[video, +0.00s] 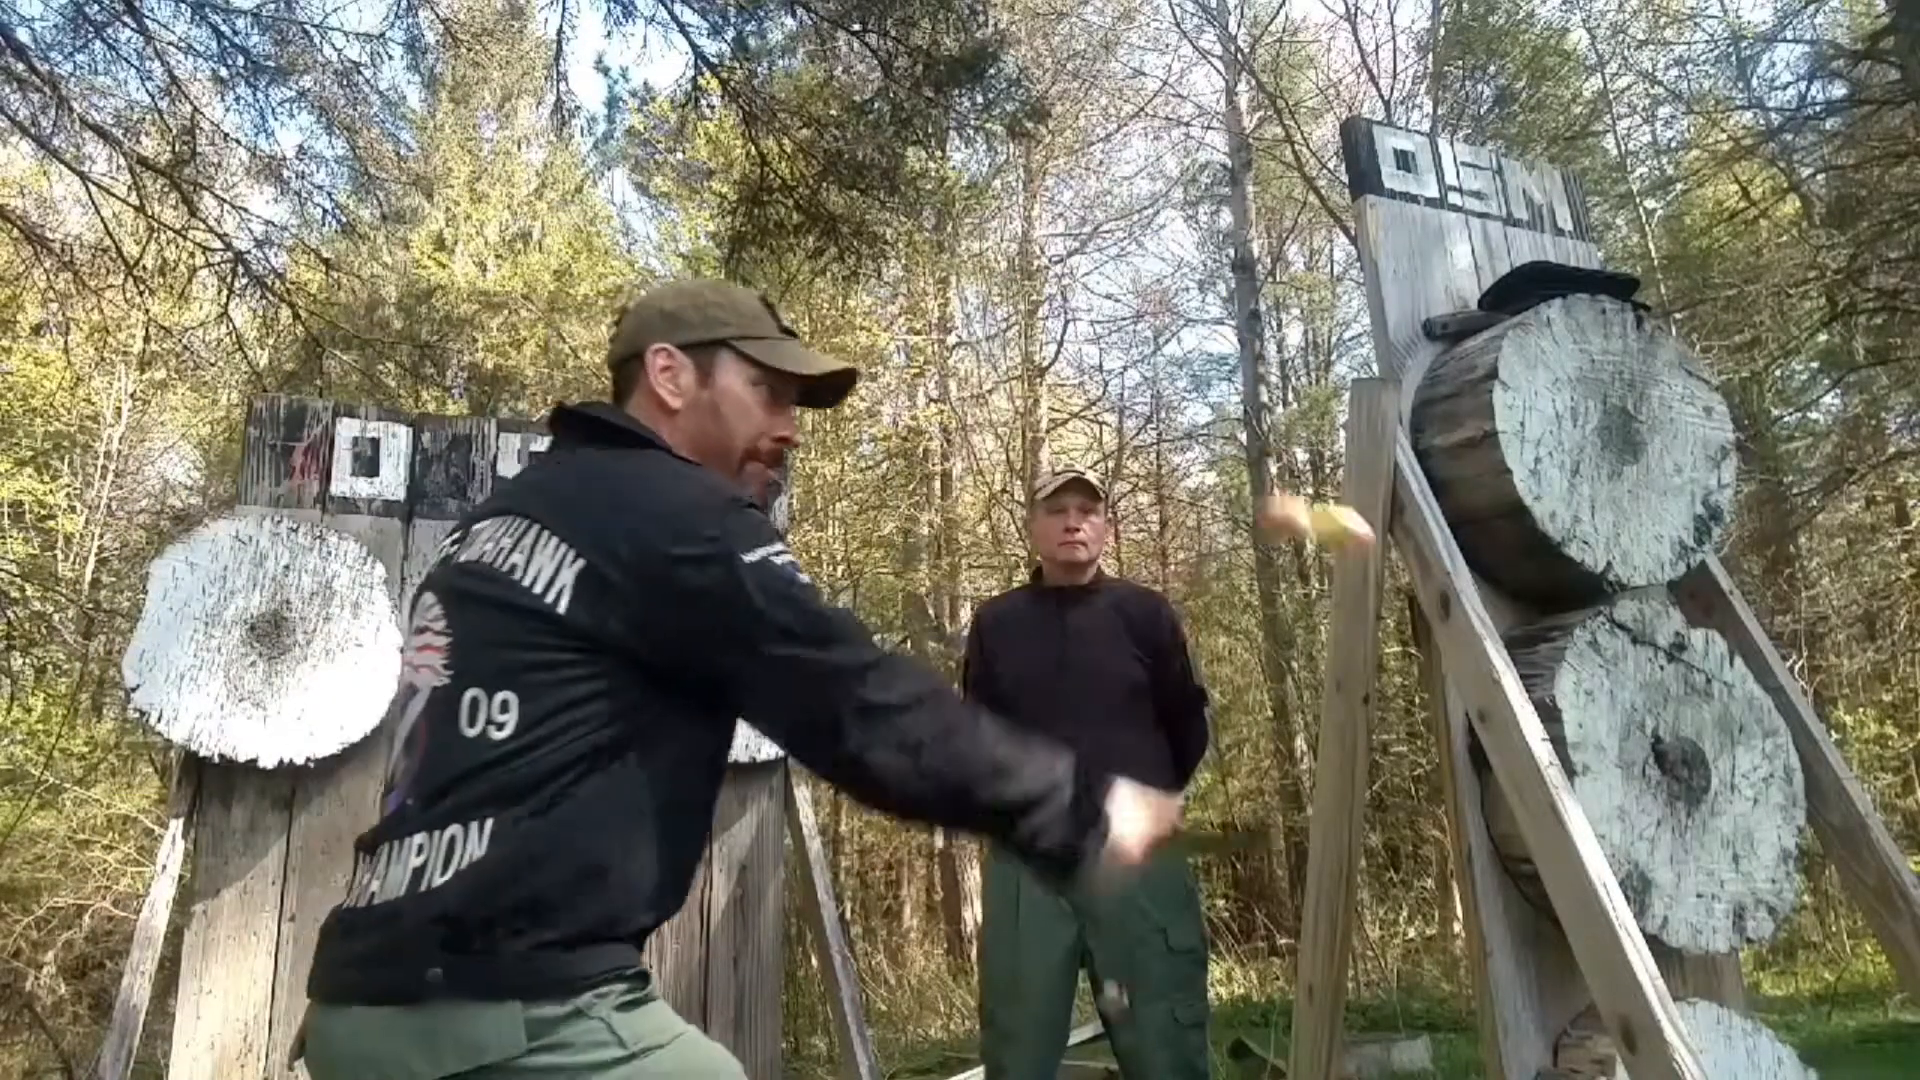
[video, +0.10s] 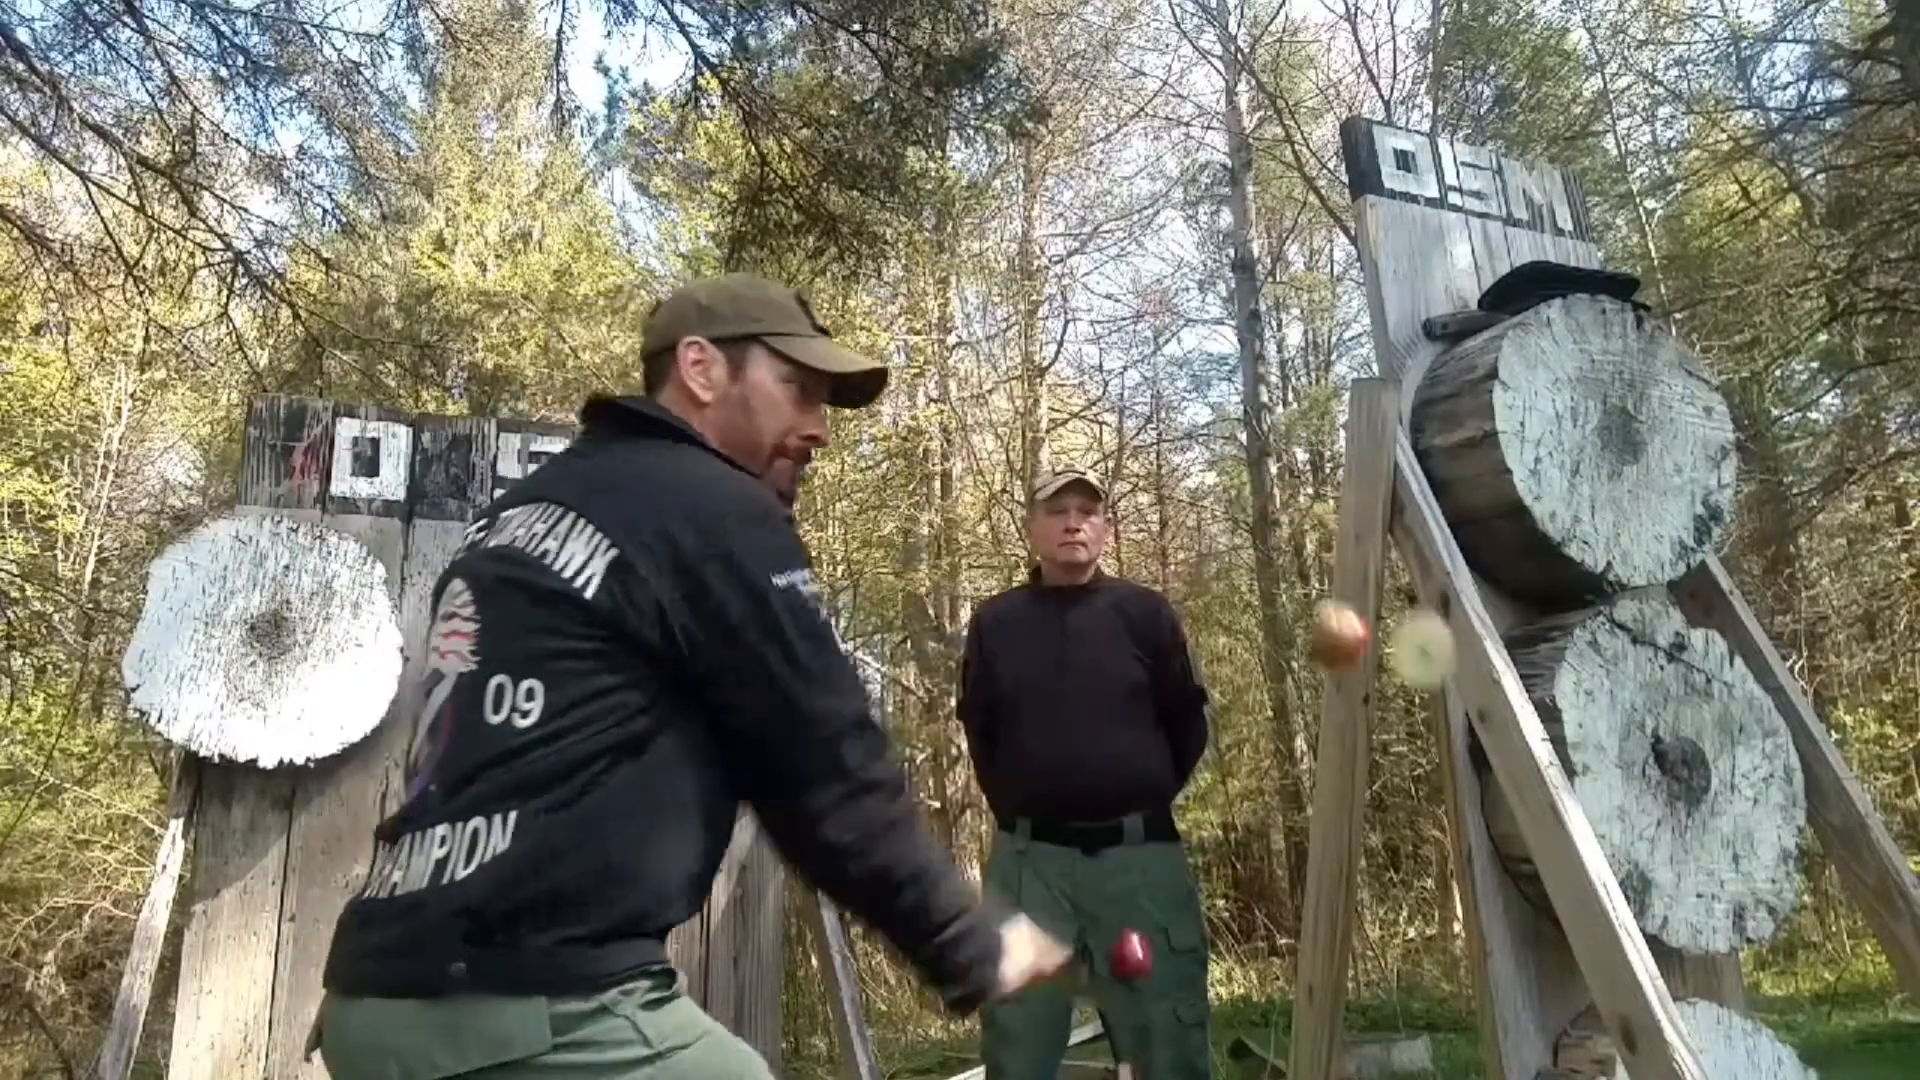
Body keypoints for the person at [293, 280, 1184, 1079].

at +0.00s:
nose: (790, 429)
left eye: (796, 402)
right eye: (770, 393)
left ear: (666, 389)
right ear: (669, 378)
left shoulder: (516, 507)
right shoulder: (682, 526)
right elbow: (867, 711)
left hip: (365, 1005)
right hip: (536, 1008)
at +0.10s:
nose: (819, 429)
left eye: (822, 401)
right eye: (800, 390)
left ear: (701, 376)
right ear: (701, 372)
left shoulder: (540, 491)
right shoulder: (718, 514)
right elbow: (829, 778)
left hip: (379, 1002)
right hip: (559, 1006)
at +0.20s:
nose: (853, 428)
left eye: (856, 401)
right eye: (830, 388)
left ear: (728, 369)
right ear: (735, 367)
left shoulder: (551, 493)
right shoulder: (745, 518)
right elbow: (775, 826)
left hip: (386, 996)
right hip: (574, 1003)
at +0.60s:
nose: (914, 466)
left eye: (920, 439)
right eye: (904, 425)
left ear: (805, 392)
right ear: (814, 389)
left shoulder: (590, 487)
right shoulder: (815, 536)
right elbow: (778, 804)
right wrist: (743, 971)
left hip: (388, 991)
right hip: (594, 1006)